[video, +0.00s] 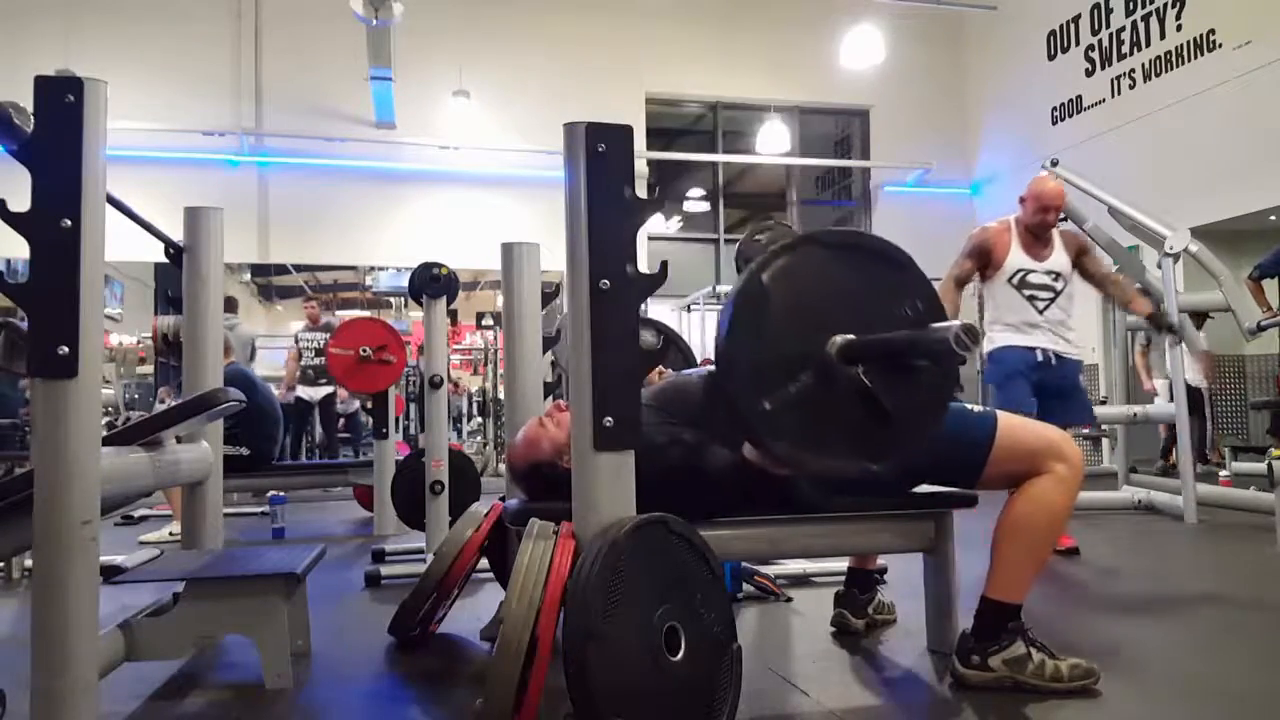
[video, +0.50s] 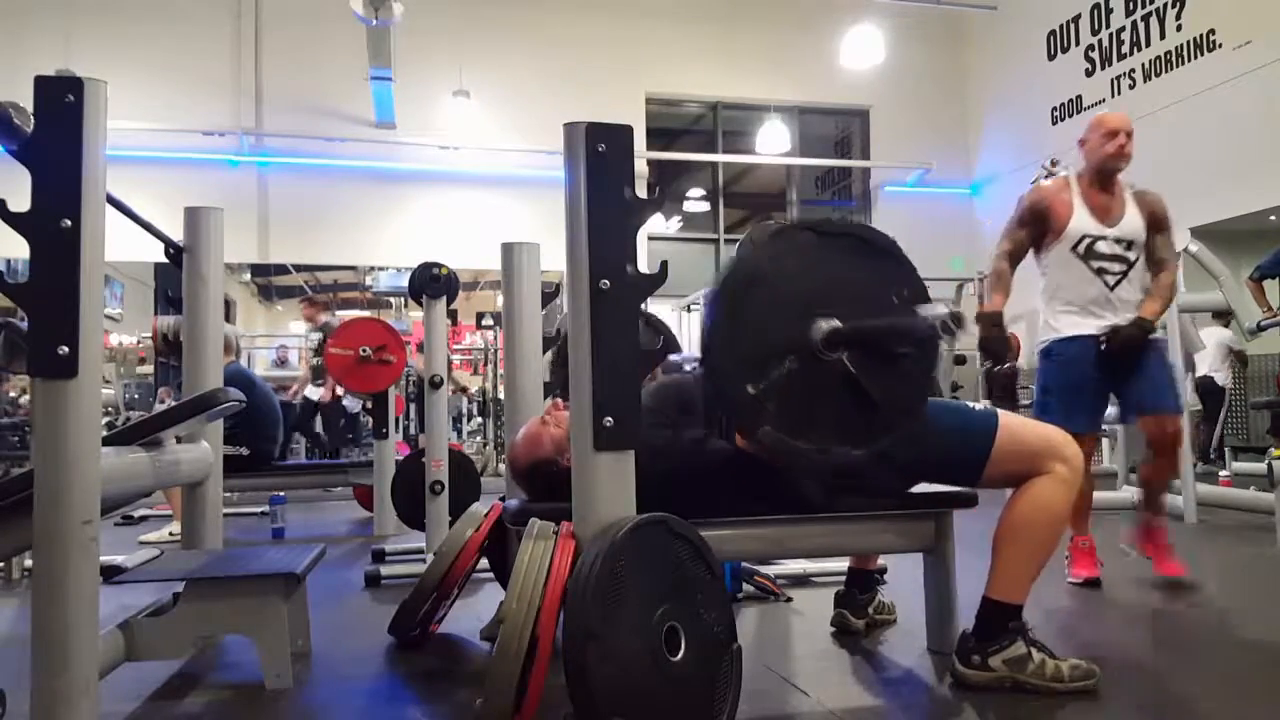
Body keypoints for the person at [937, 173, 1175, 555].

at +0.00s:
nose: (1050, 221)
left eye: (1057, 213)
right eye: (1043, 212)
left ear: (1063, 209)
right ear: (1023, 203)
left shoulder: (1072, 242)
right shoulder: (991, 238)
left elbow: (1110, 282)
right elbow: (951, 283)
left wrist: (1151, 310)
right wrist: (948, 335)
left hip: (1061, 353)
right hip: (1010, 349)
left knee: (1061, 443)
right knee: (1021, 441)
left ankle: (1054, 525)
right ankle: (1024, 530)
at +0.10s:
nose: (1062, 205)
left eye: (1068, 196)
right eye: (1054, 197)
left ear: (1075, 196)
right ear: (1032, 195)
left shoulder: (1087, 235)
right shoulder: (1002, 235)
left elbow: (1128, 274)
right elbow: (962, 280)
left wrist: (1156, 294)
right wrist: (944, 328)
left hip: (1075, 354)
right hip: (1023, 349)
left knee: (1069, 446)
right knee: (1034, 441)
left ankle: (1055, 528)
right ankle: (1036, 533)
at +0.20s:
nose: (1073, 191)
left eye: (1080, 184)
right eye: (1064, 183)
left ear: (1085, 191)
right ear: (1040, 186)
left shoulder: (1099, 233)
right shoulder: (1011, 233)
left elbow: (1141, 271)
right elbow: (971, 282)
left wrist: (1157, 291)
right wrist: (959, 330)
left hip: (1089, 353)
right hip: (1039, 350)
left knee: (1074, 446)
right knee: (1054, 445)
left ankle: (1052, 528)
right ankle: (1059, 532)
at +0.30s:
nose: (1086, 180)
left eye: (1092, 172)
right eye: (1075, 171)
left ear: (1098, 181)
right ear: (1051, 178)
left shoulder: (1112, 229)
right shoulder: (1022, 228)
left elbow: (1148, 278)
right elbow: (979, 285)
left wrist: (1150, 311)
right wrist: (971, 332)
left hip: (1104, 352)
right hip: (1051, 347)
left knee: (1099, 452)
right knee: (1072, 441)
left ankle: (1058, 521)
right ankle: (1078, 539)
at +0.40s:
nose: (1102, 164)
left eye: (1108, 156)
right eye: (1091, 155)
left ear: (1113, 165)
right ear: (1066, 163)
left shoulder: (1130, 220)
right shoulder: (1033, 216)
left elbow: (1152, 280)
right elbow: (991, 276)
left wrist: (1140, 327)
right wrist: (979, 334)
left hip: (1117, 343)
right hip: (1061, 343)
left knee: (1136, 446)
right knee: (1080, 448)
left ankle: (1100, 498)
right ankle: (1080, 540)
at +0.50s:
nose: (1123, 145)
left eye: (1128, 137)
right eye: (1112, 136)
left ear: (1133, 147)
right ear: (1084, 145)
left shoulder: (1148, 206)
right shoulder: (1047, 199)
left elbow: (1166, 273)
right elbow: (1004, 259)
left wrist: (1141, 324)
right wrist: (991, 321)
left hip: (1133, 336)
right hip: (1069, 340)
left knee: (1167, 432)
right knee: (1077, 449)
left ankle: (1150, 528)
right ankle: (1081, 541)